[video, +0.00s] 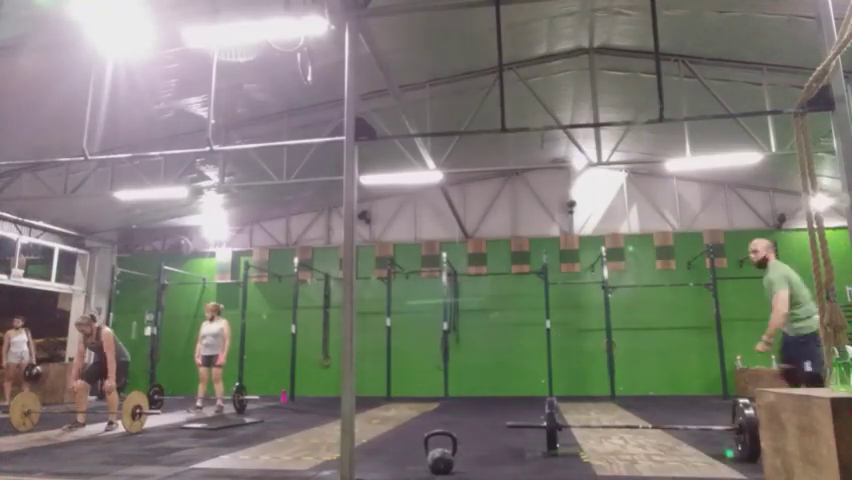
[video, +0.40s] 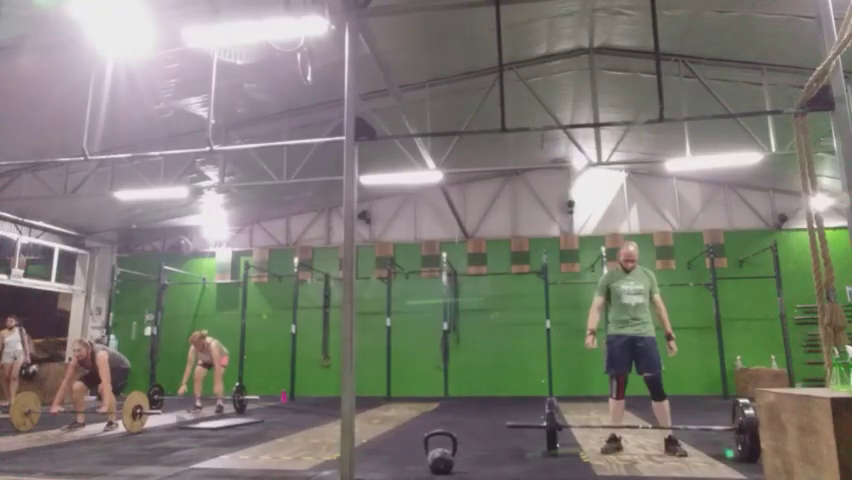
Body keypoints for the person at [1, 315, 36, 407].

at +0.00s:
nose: (16, 323)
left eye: (18, 321)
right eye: (15, 321)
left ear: (22, 322)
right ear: (12, 322)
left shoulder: (26, 331)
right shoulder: (9, 333)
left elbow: (31, 345)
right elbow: (5, 347)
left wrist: (33, 357)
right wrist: (4, 359)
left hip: (25, 358)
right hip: (11, 358)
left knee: (26, 379)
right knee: (8, 379)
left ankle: (26, 399)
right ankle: (7, 400)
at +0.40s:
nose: (10, 323)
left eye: (12, 321)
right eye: (8, 321)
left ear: (16, 322)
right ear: (6, 322)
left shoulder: (20, 330)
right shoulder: (3, 333)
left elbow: (26, 344)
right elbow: (1, 346)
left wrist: (27, 356)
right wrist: (1, 359)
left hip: (18, 354)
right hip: (6, 354)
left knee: (14, 376)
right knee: (6, 377)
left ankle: (12, 400)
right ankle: (7, 399)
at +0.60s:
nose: (11, 320)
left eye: (13, 319)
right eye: (10, 318)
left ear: (17, 320)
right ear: (6, 320)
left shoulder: (20, 329)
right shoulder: (3, 330)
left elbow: (24, 344)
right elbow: (2, 342)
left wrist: (25, 357)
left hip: (16, 354)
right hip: (3, 354)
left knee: (11, 377)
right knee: (2, 376)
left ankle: (9, 399)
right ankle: (2, 396)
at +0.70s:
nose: (2, 320)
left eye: (3, 317)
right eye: (1, 317)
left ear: (7, 318)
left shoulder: (12, 328)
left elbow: (16, 342)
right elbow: (16, 343)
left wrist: (16, 356)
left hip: (7, 354)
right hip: (2, 354)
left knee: (4, 377)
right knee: (3, 378)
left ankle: (7, 398)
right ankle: (6, 398)